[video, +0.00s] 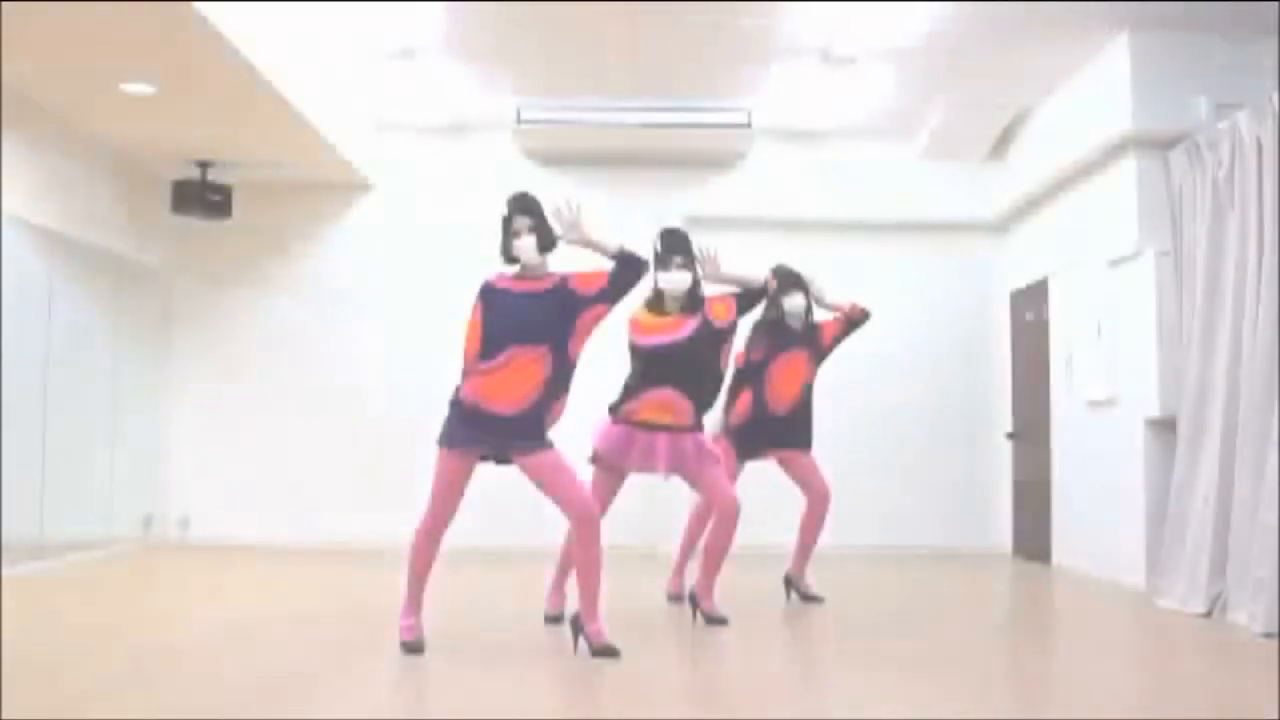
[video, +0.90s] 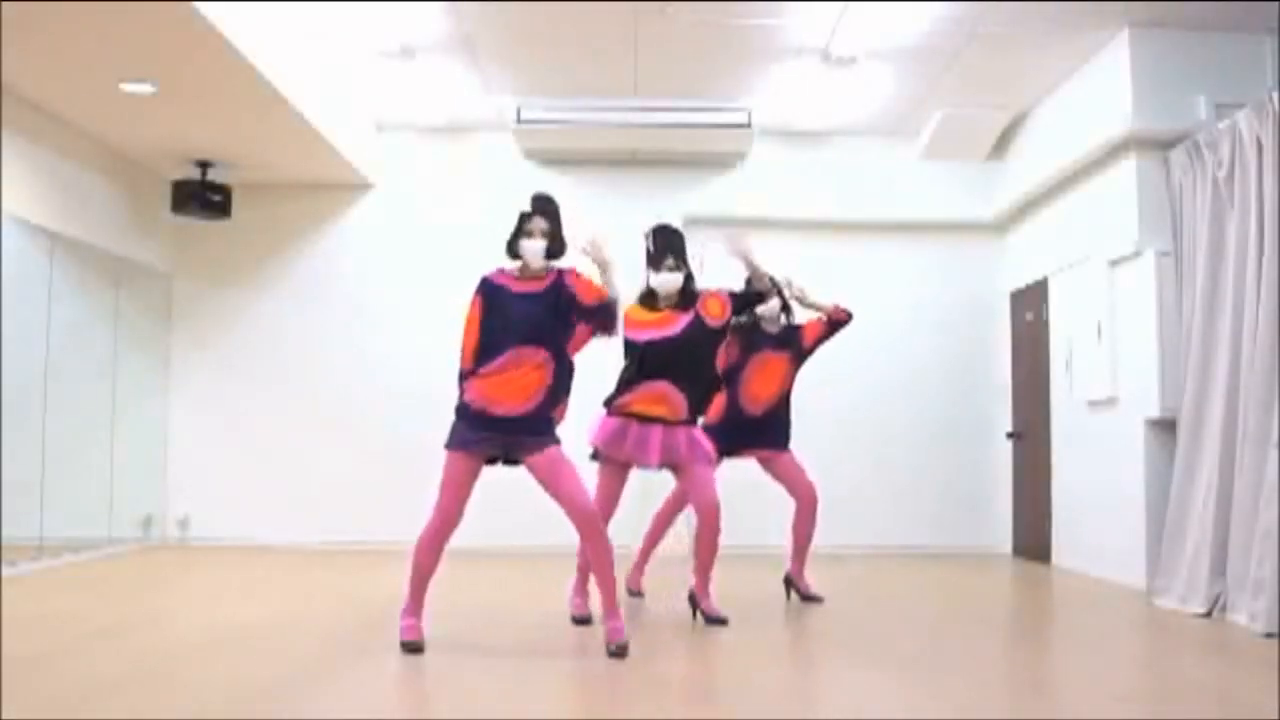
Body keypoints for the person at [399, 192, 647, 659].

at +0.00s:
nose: (524, 240)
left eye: (532, 232)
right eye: (515, 233)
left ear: (548, 238)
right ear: (506, 242)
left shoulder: (571, 292)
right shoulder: (492, 291)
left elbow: (635, 268)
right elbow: (472, 359)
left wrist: (583, 239)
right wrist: (463, 417)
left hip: (526, 429)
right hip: (470, 422)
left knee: (585, 511)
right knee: (437, 517)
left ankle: (590, 619)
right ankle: (411, 615)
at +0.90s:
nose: (536, 242)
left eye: (545, 235)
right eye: (529, 234)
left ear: (557, 243)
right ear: (515, 239)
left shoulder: (565, 287)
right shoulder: (492, 286)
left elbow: (608, 320)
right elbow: (470, 349)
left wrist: (604, 270)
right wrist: (468, 402)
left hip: (533, 426)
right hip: (478, 420)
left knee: (588, 517)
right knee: (444, 518)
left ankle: (612, 615)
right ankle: (412, 614)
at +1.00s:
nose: (557, 253)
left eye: (564, 246)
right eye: (549, 244)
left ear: (571, 252)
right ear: (530, 247)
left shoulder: (580, 294)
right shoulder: (502, 291)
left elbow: (577, 354)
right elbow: (479, 356)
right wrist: (478, 418)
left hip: (551, 427)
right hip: (495, 424)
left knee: (596, 518)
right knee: (456, 525)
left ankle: (634, 618)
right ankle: (415, 611)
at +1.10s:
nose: (574, 262)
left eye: (581, 254)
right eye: (566, 253)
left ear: (588, 257)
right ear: (547, 253)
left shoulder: (595, 295)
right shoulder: (521, 294)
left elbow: (605, 357)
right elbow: (499, 356)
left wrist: (633, 380)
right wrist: (493, 414)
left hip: (576, 428)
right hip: (519, 428)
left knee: (611, 519)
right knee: (478, 526)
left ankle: (637, 621)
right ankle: (427, 609)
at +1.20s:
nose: (585, 269)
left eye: (592, 260)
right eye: (577, 260)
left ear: (605, 257)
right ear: (563, 254)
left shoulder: (618, 295)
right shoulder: (538, 295)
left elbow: (632, 352)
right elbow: (520, 365)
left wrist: (647, 420)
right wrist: (518, 418)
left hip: (601, 423)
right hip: (541, 424)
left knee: (620, 517)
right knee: (507, 524)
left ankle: (638, 620)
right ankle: (458, 611)